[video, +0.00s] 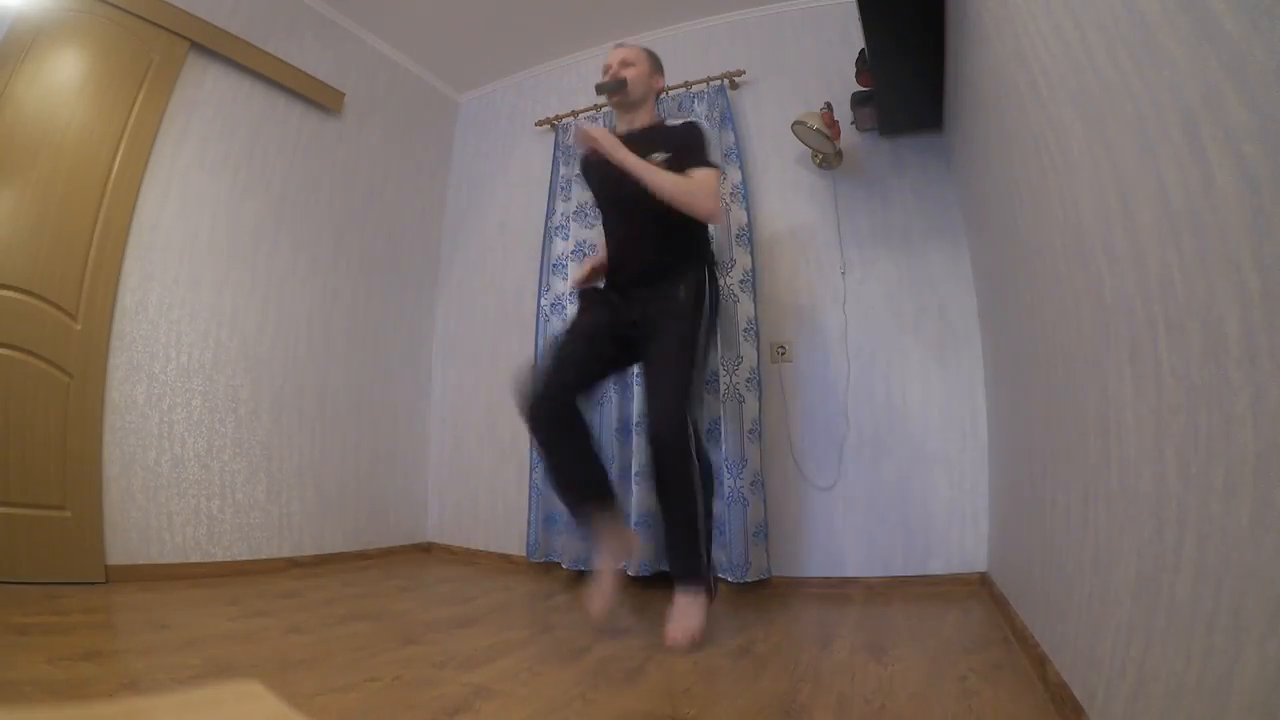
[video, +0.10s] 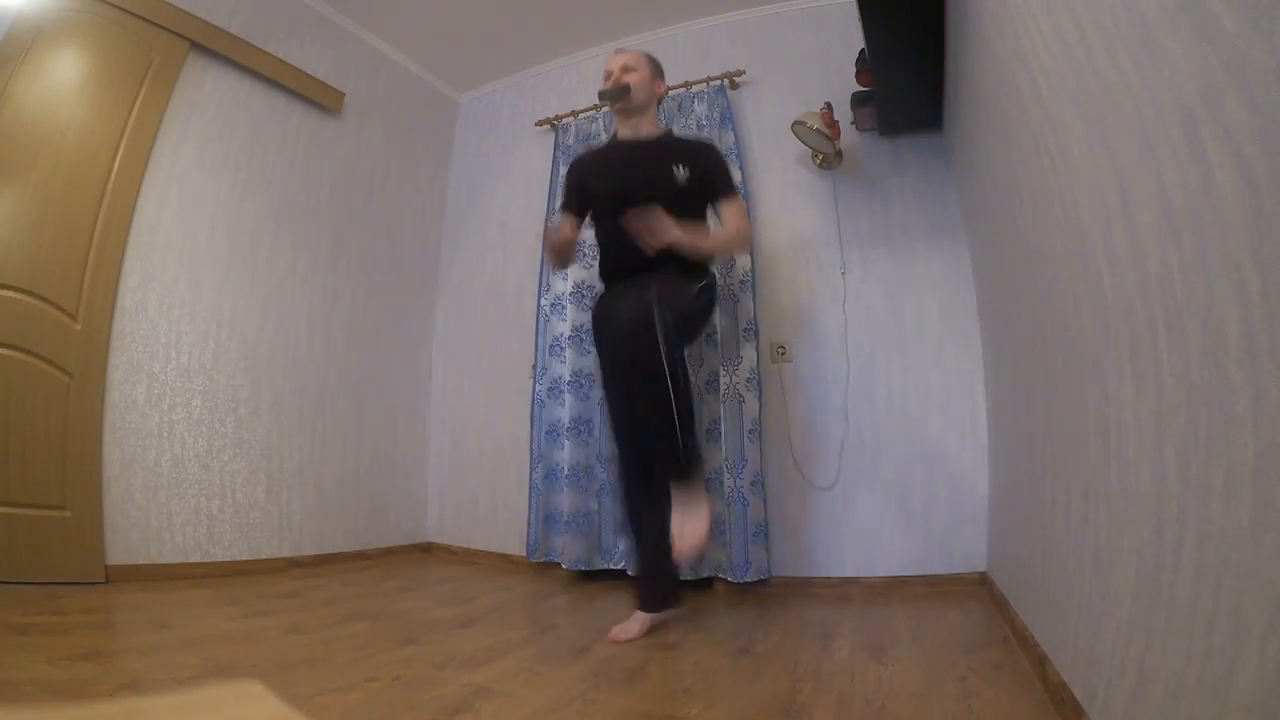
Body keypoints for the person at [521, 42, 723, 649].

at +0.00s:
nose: (614, 70)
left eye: (628, 62)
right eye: (607, 66)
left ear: (658, 82)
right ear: (601, 89)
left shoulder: (682, 137)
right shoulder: (597, 157)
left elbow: (709, 205)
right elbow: (632, 228)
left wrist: (621, 155)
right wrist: (598, 261)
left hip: (678, 296)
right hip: (616, 301)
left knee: (667, 428)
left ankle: (691, 583)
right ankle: (608, 529)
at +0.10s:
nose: (617, 78)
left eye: (630, 69)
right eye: (609, 74)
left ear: (660, 88)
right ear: (602, 96)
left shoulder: (696, 155)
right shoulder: (588, 167)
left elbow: (737, 234)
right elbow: (560, 257)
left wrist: (679, 235)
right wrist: (556, 241)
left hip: (684, 286)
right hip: (618, 300)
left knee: (642, 323)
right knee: (636, 447)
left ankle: (685, 481)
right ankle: (655, 597)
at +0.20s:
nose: (609, 85)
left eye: (622, 76)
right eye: (602, 81)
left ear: (653, 93)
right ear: (596, 103)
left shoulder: (692, 155)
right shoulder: (588, 170)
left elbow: (741, 214)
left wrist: (714, 249)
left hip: (691, 289)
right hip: (626, 305)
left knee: (639, 326)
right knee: (630, 447)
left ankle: (678, 490)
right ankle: (651, 590)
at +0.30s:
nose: (607, 79)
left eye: (621, 70)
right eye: (600, 75)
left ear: (652, 89)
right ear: (595, 96)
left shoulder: (683, 138)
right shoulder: (597, 172)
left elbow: (752, 206)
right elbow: (596, 262)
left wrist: (671, 203)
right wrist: (574, 242)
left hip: (687, 300)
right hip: (626, 304)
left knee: (678, 432)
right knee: (547, 383)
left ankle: (703, 578)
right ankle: (596, 520)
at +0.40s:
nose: (612, 88)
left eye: (627, 80)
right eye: (604, 84)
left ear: (658, 100)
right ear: (597, 108)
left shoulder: (681, 150)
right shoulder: (607, 182)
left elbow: (718, 204)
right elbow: (627, 262)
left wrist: (622, 151)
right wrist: (580, 289)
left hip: (686, 320)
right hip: (626, 314)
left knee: (692, 459)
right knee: (524, 317)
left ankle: (710, 601)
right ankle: (567, 472)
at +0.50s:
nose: (612, 74)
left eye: (626, 66)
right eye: (604, 69)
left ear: (655, 84)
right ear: (597, 89)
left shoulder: (685, 139)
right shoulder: (595, 159)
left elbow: (722, 212)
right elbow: (612, 225)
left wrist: (644, 164)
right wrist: (596, 249)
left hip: (681, 292)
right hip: (617, 297)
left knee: (675, 409)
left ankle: (699, 568)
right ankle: (601, 545)